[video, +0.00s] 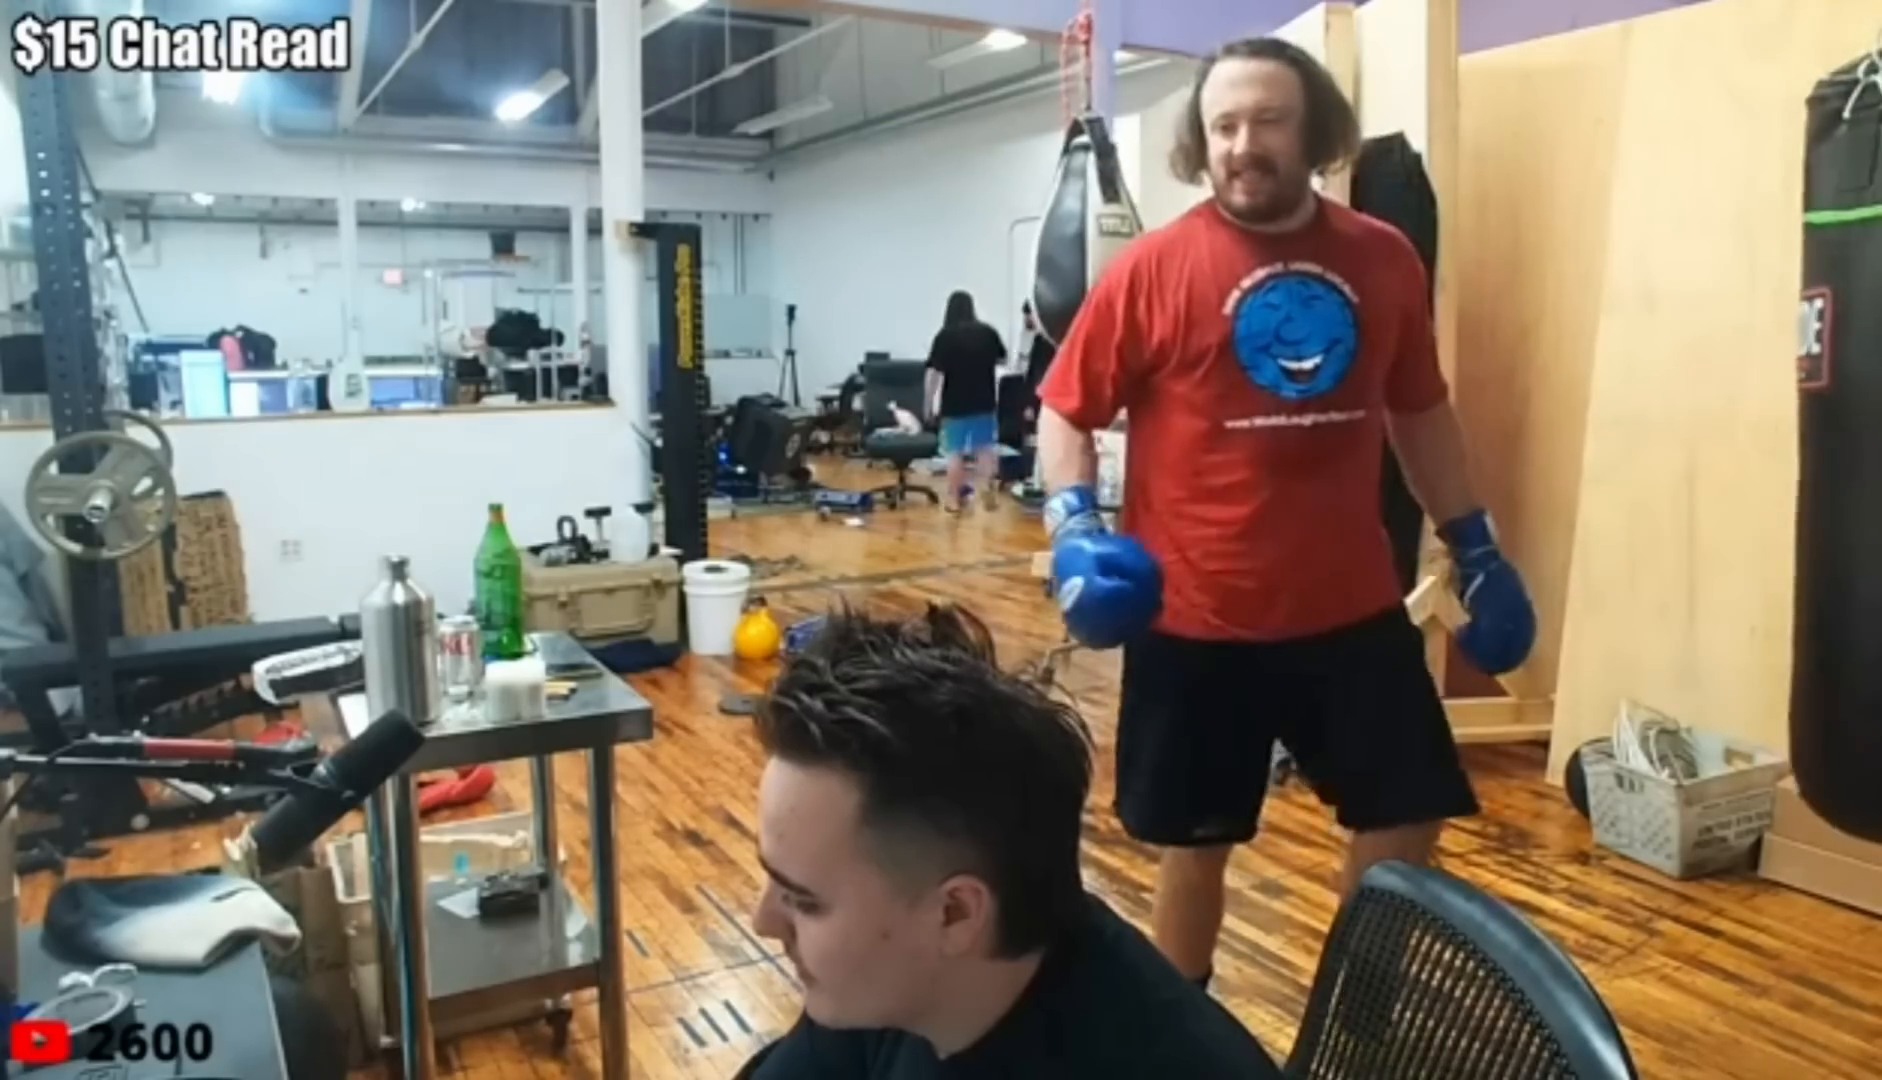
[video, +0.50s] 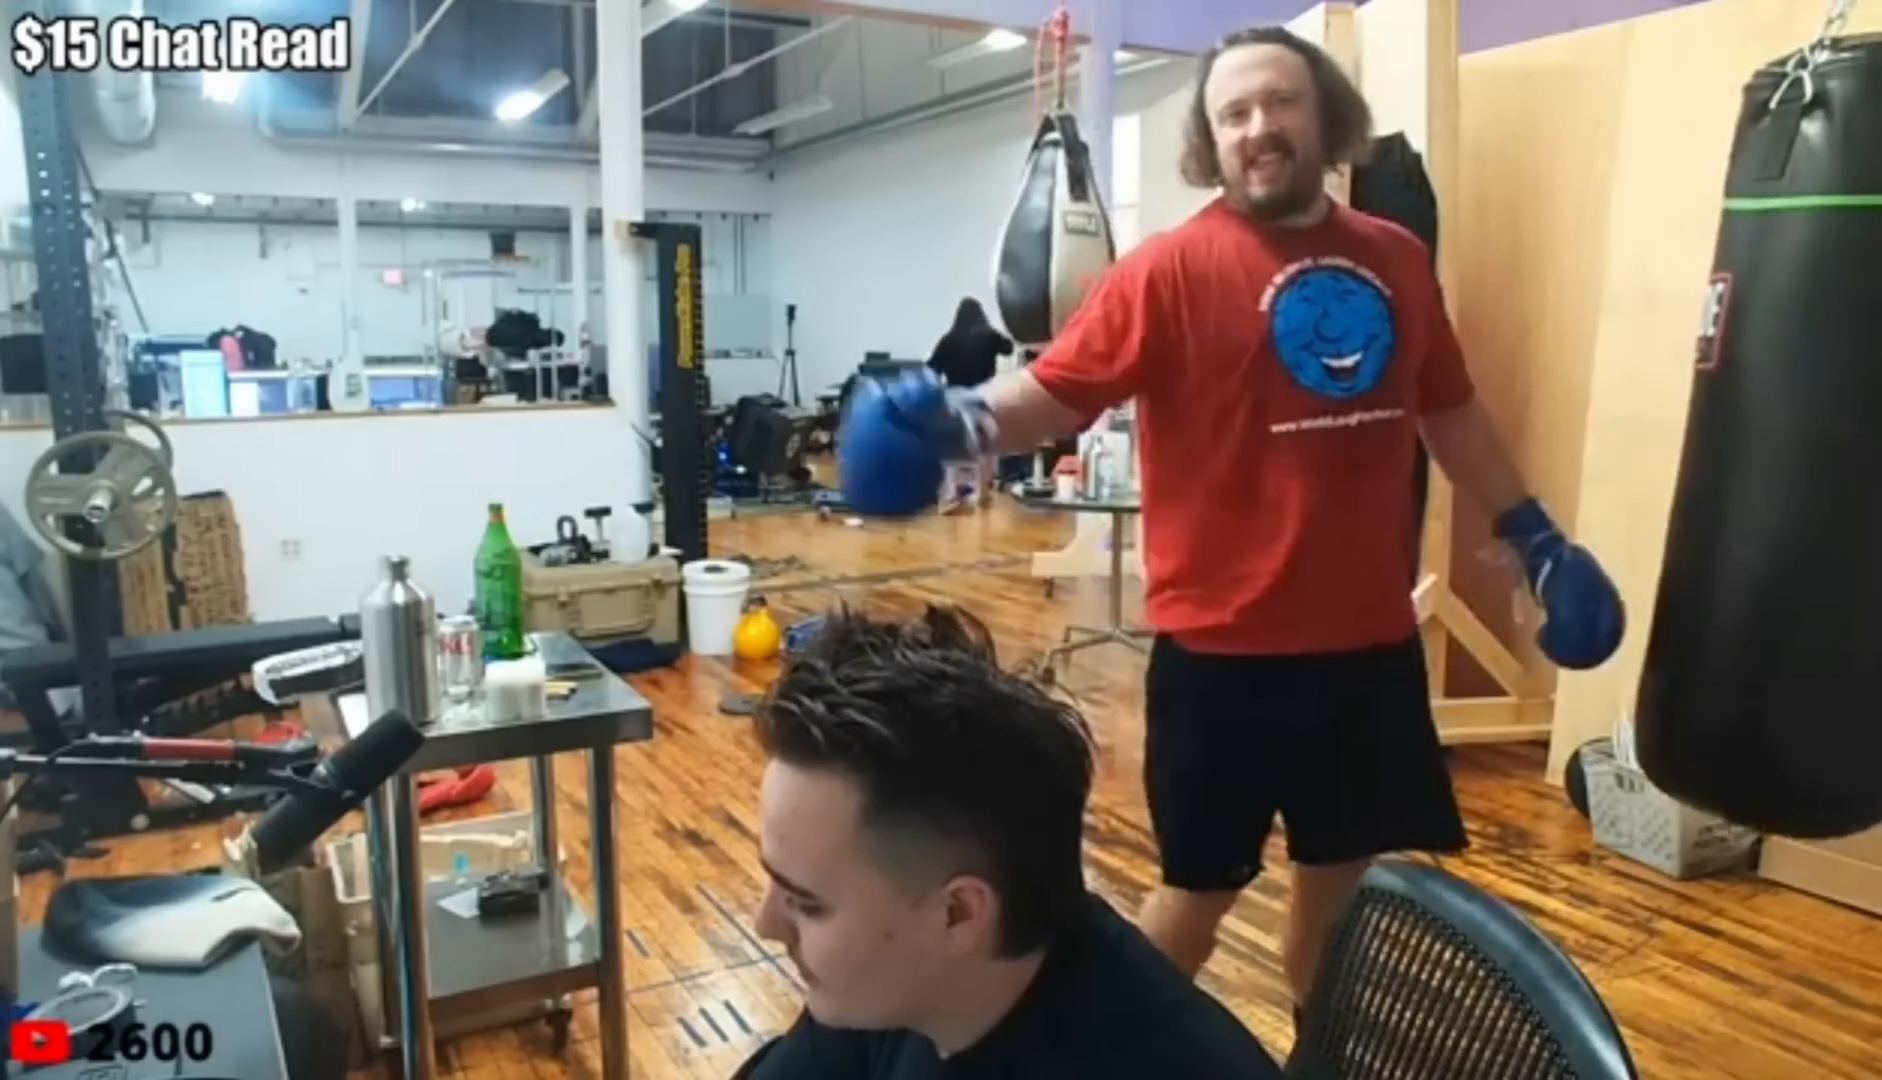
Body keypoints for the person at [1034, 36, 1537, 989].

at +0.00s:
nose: (1244, 145)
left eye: (1270, 122)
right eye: (1224, 124)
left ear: (1316, 136)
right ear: (1199, 140)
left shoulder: (1381, 260)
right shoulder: (1148, 273)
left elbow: (1420, 409)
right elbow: (1065, 406)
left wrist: (1477, 554)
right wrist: (1076, 528)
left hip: (1351, 623)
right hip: (1194, 631)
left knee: (1402, 830)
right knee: (1194, 849)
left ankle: (1360, 1040)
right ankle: (1174, 1046)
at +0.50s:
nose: (1257, 128)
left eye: (1280, 102)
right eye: (1233, 112)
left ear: (1331, 122)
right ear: (1208, 140)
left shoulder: (1394, 259)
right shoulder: (1167, 271)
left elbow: (1450, 414)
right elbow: (1060, 389)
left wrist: (1540, 543)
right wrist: (957, 422)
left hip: (1362, 645)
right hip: (1214, 650)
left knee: (1339, 877)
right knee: (1198, 890)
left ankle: (1321, 1057)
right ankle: (1113, 1056)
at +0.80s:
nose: (1157, 130)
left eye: (1178, 104)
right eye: (1133, 118)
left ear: (1234, 117)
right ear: (1111, 149)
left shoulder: (1312, 252)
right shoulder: (1085, 277)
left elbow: (1380, 402)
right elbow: (962, 373)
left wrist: (1480, 521)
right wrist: (834, 341)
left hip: (1317, 657)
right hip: (1158, 676)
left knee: (1320, 889)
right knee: (1109, 925)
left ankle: (1313, 1062)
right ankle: (1096, 1077)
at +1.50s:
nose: (1073, 107)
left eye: (1092, 81)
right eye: (1041, 88)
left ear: (1126, 97)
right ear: (995, 120)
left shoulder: (1179, 236)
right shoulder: (946, 265)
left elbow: (1237, 384)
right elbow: (831, 377)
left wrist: (1343, 500)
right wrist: (839, 437)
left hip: (1188, 630)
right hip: (1034, 658)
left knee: (1217, 844)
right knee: (1064, 889)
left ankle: (1194, 1004)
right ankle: (1064, 1036)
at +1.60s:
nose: (1134, 114)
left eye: (1150, 93)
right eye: (1104, 92)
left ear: (1167, 108)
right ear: (1038, 109)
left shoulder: (1187, 244)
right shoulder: (978, 262)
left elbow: (1232, 394)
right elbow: (869, 421)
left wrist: (1331, 500)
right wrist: (928, 512)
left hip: (1190, 638)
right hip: (1044, 663)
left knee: (1199, 850)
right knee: (1052, 894)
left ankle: (1178, 1022)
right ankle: (1048, 1042)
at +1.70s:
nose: (1177, 124)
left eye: (1184, 102)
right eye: (1149, 103)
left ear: (1194, 109)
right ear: (1073, 117)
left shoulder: (1196, 251)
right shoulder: (1001, 265)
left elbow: (1222, 396)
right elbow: (910, 445)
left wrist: (1315, 494)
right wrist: (1011, 545)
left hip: (1196, 637)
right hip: (1058, 657)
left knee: (1194, 845)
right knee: (1068, 885)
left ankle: (1165, 1017)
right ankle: (1063, 1038)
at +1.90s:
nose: (1274, 162)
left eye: (1275, 139)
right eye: (1255, 139)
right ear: (1177, 142)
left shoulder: (1229, 276)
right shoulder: (1081, 288)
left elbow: (1227, 433)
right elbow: (1023, 474)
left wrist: (1304, 497)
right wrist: (1162, 565)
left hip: (1215, 648)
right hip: (1102, 659)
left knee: (1180, 877)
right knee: (1084, 896)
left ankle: (1148, 1051)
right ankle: (1063, 1064)